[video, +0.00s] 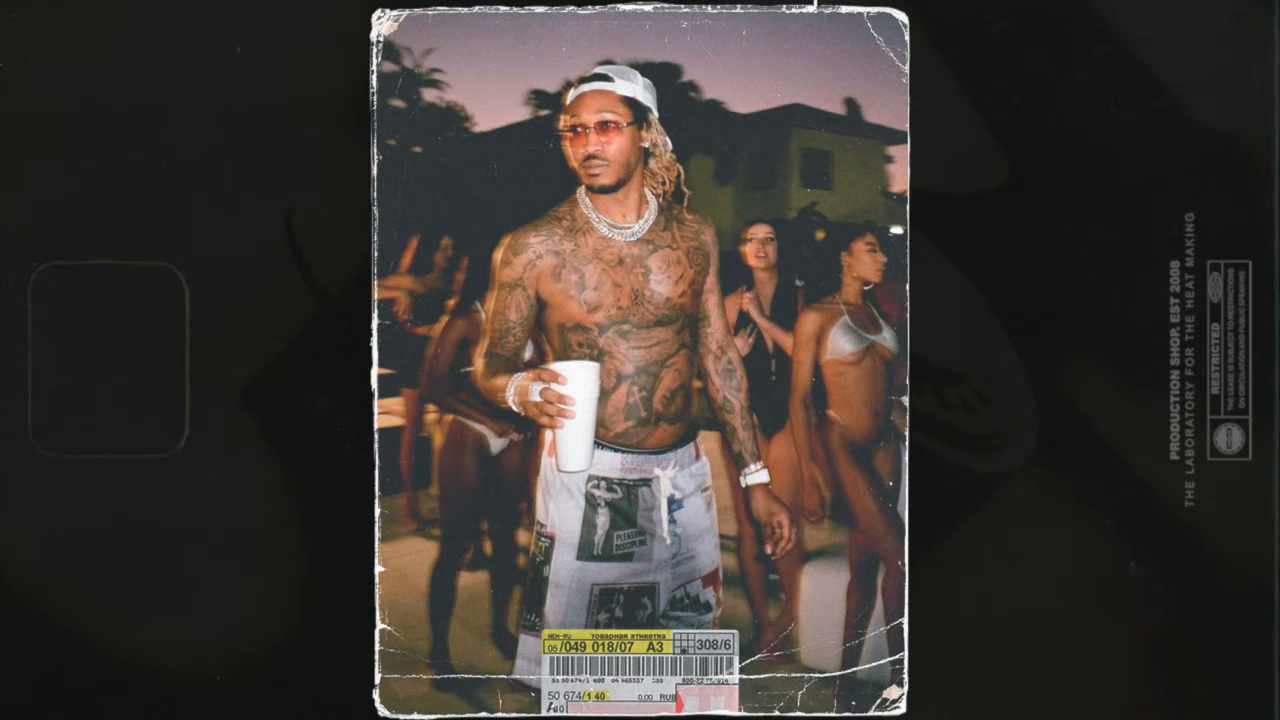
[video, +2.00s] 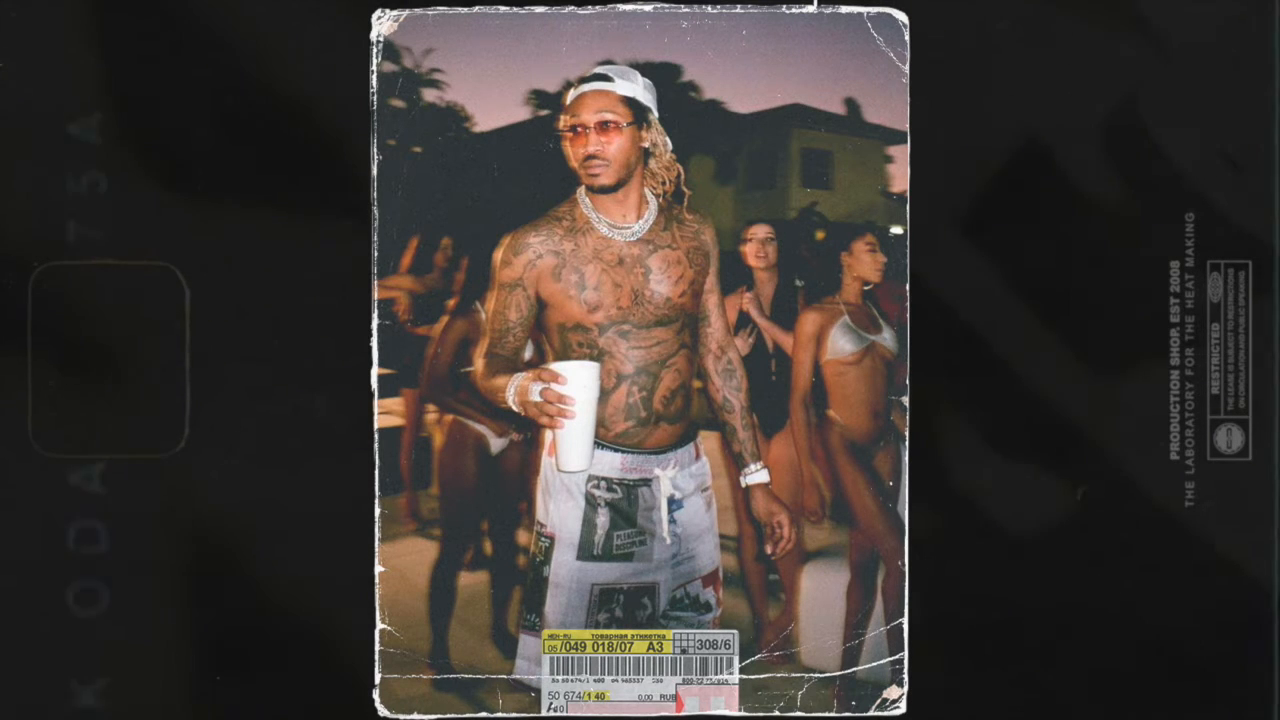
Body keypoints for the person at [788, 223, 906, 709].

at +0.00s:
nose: (882, 259)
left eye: (881, 251)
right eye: (872, 251)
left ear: (869, 262)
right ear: (844, 259)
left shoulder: (876, 315)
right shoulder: (817, 317)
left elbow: (885, 392)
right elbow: (798, 403)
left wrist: (901, 441)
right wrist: (814, 479)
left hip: (881, 448)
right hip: (838, 449)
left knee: (863, 564)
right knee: (898, 552)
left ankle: (847, 673)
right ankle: (903, 670)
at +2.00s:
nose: (882, 259)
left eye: (881, 251)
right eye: (871, 251)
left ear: (871, 262)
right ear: (844, 259)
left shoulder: (877, 316)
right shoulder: (818, 317)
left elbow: (886, 391)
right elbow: (798, 402)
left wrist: (901, 435)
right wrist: (812, 476)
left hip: (882, 447)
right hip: (839, 449)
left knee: (863, 563)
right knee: (898, 551)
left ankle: (846, 674)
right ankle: (902, 669)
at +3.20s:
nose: (882, 259)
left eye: (881, 251)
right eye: (871, 251)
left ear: (870, 261)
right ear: (844, 259)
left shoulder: (876, 314)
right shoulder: (818, 317)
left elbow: (884, 390)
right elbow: (798, 402)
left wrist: (901, 434)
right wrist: (813, 478)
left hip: (882, 447)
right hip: (838, 448)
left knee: (864, 561)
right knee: (898, 552)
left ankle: (847, 673)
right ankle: (903, 671)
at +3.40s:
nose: (882, 259)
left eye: (881, 251)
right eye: (871, 251)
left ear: (870, 262)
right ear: (843, 259)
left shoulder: (876, 314)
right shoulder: (818, 317)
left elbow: (885, 390)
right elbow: (798, 402)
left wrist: (898, 438)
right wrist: (812, 477)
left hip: (881, 447)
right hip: (838, 448)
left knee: (863, 563)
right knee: (897, 552)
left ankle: (846, 673)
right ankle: (902, 669)